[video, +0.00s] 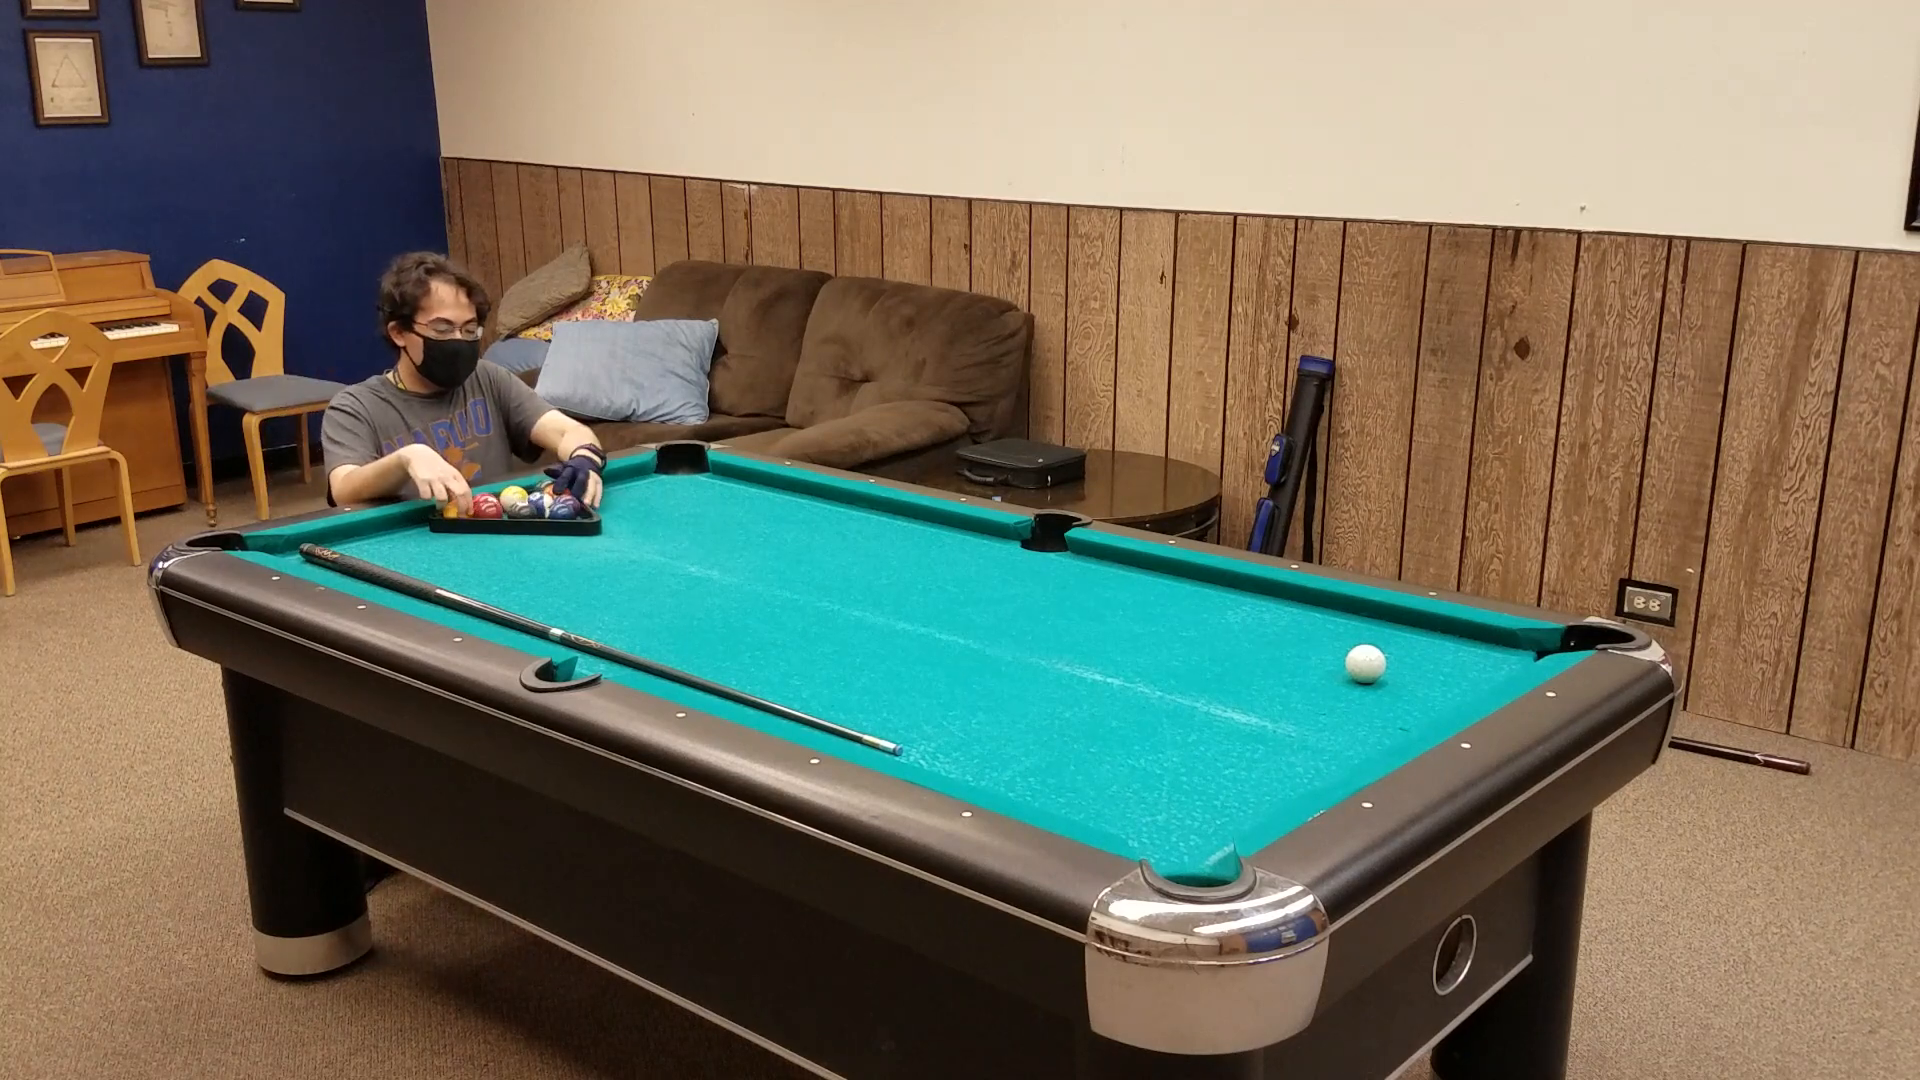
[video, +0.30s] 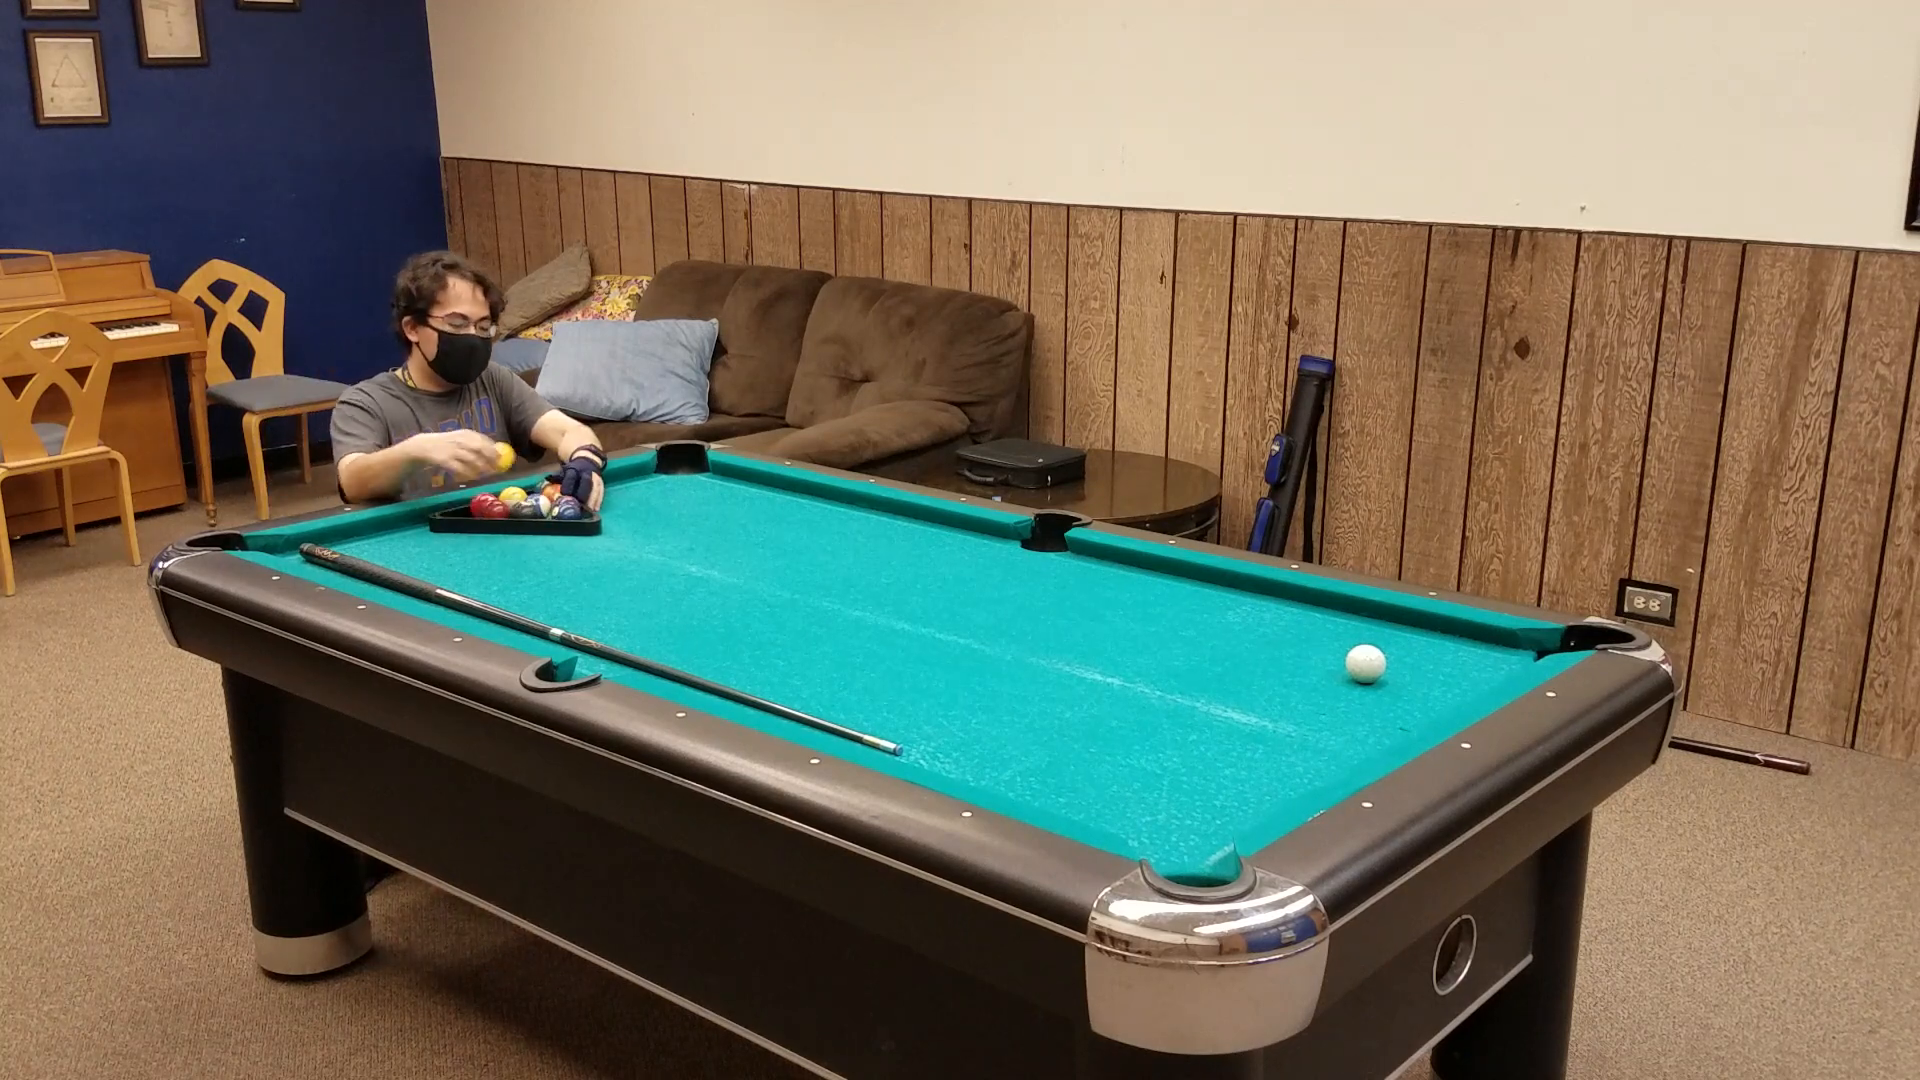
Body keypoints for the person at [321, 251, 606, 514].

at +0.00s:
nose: (460, 342)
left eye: (470, 327)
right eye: (443, 328)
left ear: (479, 326)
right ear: (399, 333)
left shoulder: (489, 380)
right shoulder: (356, 407)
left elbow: (564, 431)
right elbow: (345, 491)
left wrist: (585, 455)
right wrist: (407, 458)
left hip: (510, 551)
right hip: (415, 568)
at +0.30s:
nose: (474, 338)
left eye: (483, 326)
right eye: (457, 324)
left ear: (491, 328)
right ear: (412, 328)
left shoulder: (495, 381)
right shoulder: (366, 403)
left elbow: (566, 431)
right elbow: (354, 483)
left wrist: (584, 458)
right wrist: (416, 449)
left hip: (507, 547)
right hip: (416, 563)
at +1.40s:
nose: (461, 334)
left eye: (470, 322)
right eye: (444, 322)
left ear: (480, 324)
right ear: (400, 331)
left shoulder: (488, 380)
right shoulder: (364, 403)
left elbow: (567, 431)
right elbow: (380, 474)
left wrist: (584, 456)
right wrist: (473, 473)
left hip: (499, 554)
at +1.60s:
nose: (458, 334)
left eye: (467, 321)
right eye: (440, 322)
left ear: (479, 324)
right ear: (398, 332)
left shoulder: (488, 380)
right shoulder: (362, 404)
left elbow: (567, 431)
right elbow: (380, 474)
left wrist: (582, 458)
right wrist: (465, 472)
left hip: (499, 554)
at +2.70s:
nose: (458, 340)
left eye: (467, 326)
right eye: (440, 326)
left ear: (478, 326)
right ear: (397, 333)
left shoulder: (487, 381)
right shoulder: (358, 404)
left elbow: (569, 432)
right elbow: (363, 482)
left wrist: (582, 460)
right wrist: (460, 454)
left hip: (502, 552)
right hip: (409, 566)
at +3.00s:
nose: (462, 340)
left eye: (471, 327)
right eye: (444, 327)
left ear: (481, 327)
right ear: (400, 334)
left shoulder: (487, 382)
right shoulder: (360, 404)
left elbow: (567, 431)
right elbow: (365, 479)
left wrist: (582, 458)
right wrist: (462, 464)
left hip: (499, 550)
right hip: (409, 565)